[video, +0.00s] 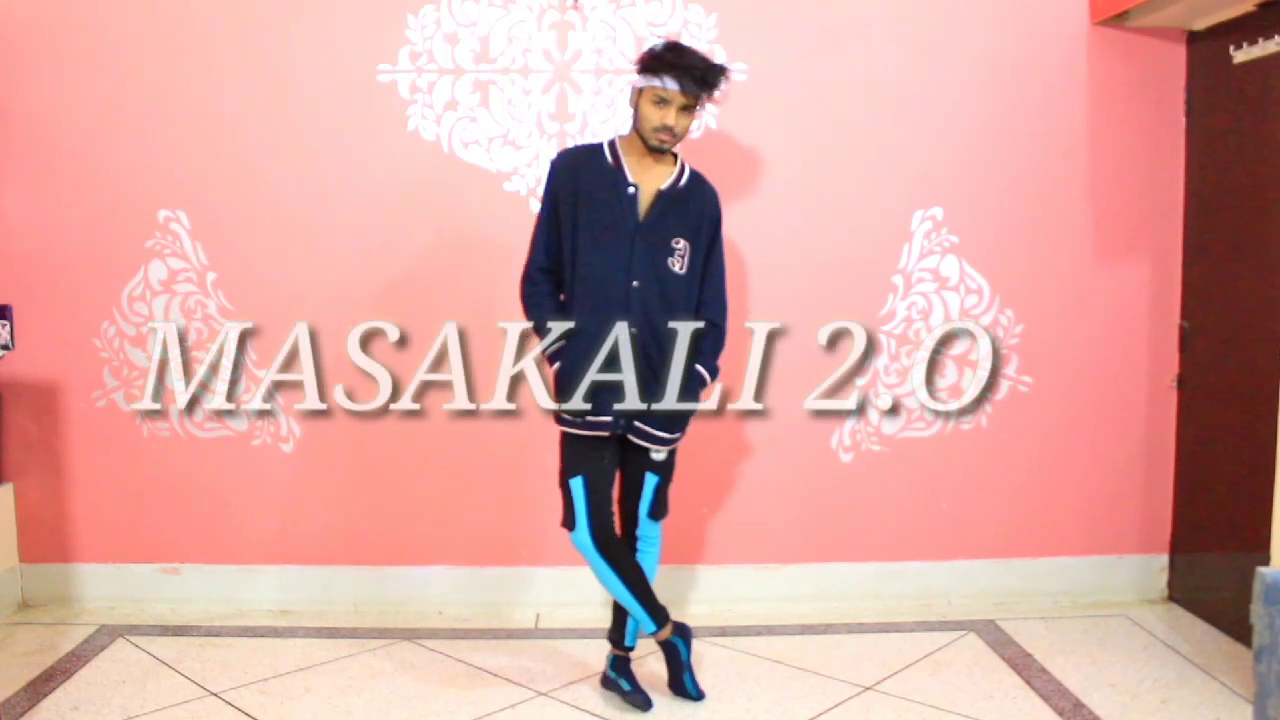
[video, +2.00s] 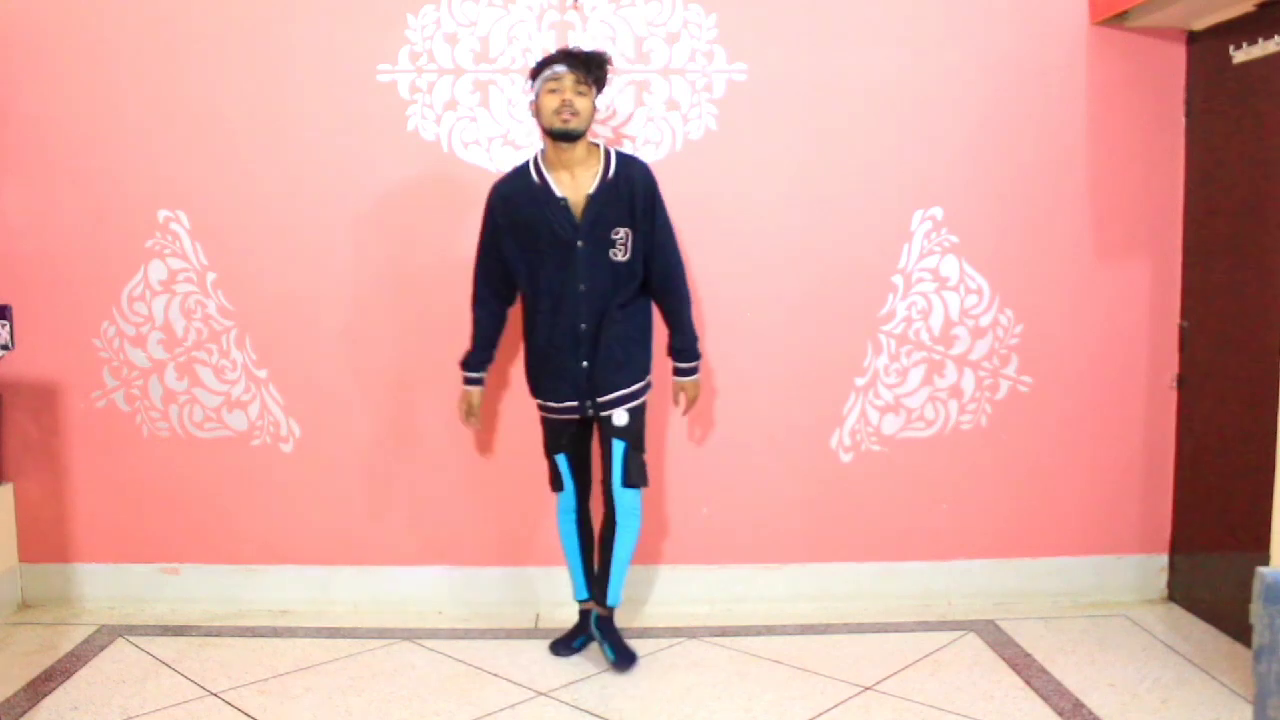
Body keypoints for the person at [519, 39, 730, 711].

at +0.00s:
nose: (669, 120)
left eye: (683, 110)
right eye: (660, 103)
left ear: (696, 117)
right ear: (635, 98)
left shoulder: (699, 196)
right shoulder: (575, 169)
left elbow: (712, 299)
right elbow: (539, 275)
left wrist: (703, 372)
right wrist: (559, 347)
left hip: (665, 386)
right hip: (588, 380)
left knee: (643, 524)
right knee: (586, 526)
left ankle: (619, 661)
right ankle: (669, 634)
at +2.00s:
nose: (566, 99)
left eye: (578, 90)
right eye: (553, 90)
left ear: (595, 104)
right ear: (535, 106)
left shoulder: (631, 177)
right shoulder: (511, 192)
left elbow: (666, 270)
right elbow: (492, 286)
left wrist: (687, 359)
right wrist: (474, 371)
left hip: (623, 358)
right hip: (554, 364)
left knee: (625, 489)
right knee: (569, 492)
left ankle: (605, 613)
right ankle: (586, 611)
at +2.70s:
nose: (605, 77)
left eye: (619, 67)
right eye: (592, 68)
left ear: (639, 82)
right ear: (574, 85)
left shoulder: (667, 178)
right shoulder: (538, 170)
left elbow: (690, 286)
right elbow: (530, 279)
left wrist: (694, 389)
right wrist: (576, 348)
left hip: (641, 382)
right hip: (561, 376)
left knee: (631, 523)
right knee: (538, 515)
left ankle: (622, 667)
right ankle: (584, 612)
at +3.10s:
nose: (596, 67)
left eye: (610, 56)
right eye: (580, 57)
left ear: (630, 72)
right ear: (560, 75)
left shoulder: (665, 168)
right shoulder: (526, 174)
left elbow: (702, 276)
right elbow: (503, 284)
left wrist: (704, 339)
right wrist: (495, 374)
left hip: (647, 385)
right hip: (564, 388)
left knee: (650, 540)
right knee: (571, 542)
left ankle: (617, 668)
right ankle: (579, 695)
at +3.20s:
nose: (595, 61)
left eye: (609, 50)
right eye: (580, 50)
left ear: (630, 66)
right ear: (560, 69)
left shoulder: (665, 165)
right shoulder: (522, 167)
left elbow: (716, 263)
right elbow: (489, 265)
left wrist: (702, 304)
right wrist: (473, 320)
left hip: (652, 382)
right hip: (563, 385)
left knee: (693, 525)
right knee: (568, 539)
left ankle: (630, 643)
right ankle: (579, 695)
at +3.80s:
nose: (614, 101)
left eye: (629, 89)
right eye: (601, 89)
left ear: (651, 101)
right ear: (586, 103)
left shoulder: (696, 186)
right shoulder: (553, 196)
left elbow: (789, 218)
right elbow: (471, 242)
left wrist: (754, 247)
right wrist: (484, 178)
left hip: (676, 403)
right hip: (579, 407)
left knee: (740, 517)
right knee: (534, 524)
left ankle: (765, 653)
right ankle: (506, 632)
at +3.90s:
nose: (621, 112)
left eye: (635, 100)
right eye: (608, 100)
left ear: (655, 113)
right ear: (593, 112)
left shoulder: (684, 203)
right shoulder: (561, 199)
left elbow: (750, 255)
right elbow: (497, 272)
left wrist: (741, 172)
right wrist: (481, 192)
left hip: (672, 409)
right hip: (577, 413)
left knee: (739, 516)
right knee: (532, 523)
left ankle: (739, 619)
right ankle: (518, 632)